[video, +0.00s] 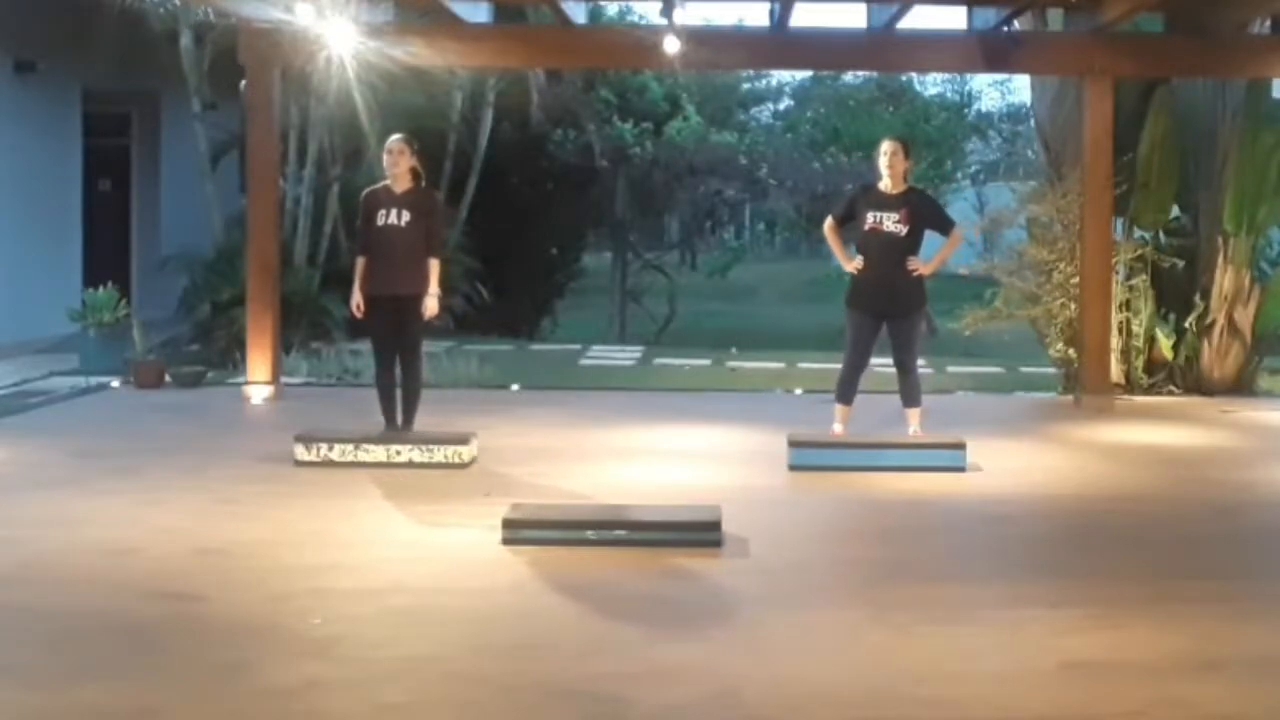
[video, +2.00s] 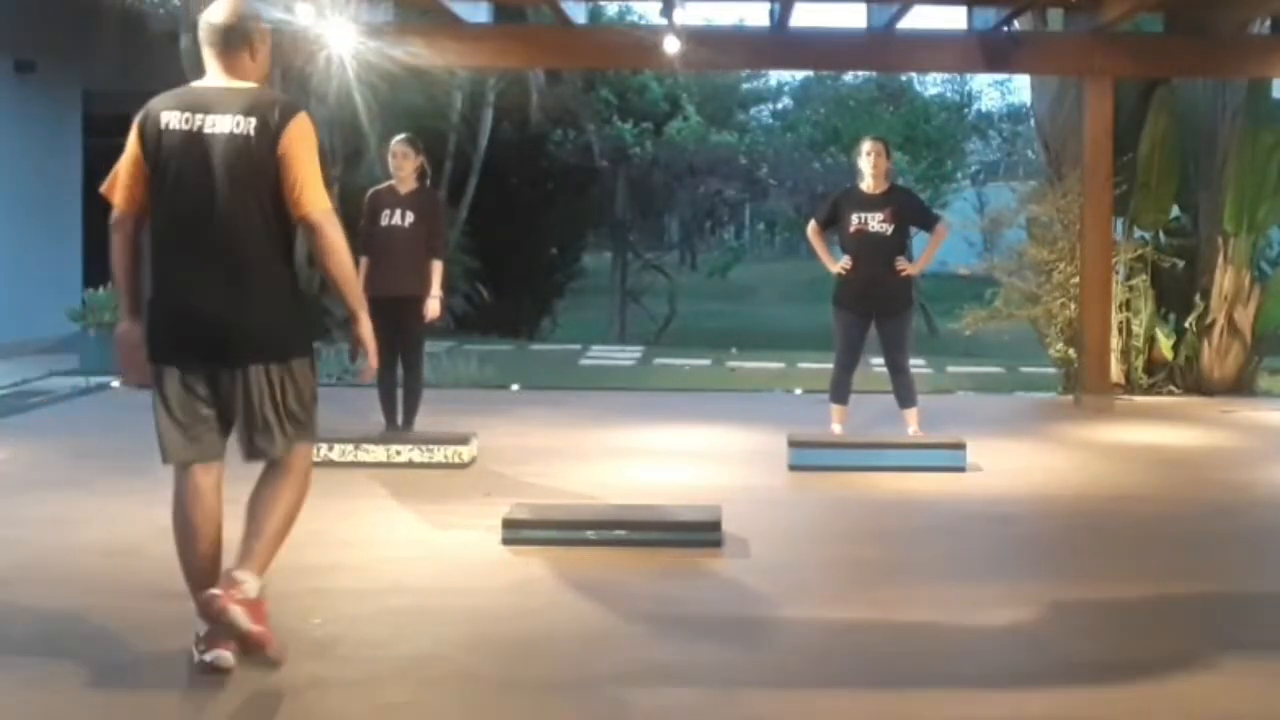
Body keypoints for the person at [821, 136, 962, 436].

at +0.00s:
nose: (888, 160)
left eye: (894, 155)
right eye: (884, 154)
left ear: (906, 162)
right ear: (877, 160)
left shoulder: (919, 200)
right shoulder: (863, 196)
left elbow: (956, 235)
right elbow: (830, 225)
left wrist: (931, 265)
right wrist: (845, 260)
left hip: (904, 290)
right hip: (866, 288)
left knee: (906, 363)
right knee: (854, 360)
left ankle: (915, 430)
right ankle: (839, 429)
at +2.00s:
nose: (872, 159)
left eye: (877, 154)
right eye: (867, 154)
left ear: (888, 161)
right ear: (858, 161)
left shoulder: (903, 199)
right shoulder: (844, 199)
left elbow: (941, 229)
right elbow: (813, 229)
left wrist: (919, 265)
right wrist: (831, 263)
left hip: (893, 289)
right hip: (853, 289)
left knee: (898, 362)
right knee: (845, 359)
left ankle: (913, 429)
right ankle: (837, 429)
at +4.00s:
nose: (884, 175)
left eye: (889, 169)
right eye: (879, 169)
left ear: (895, 170)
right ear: (866, 168)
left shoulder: (904, 200)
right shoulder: (848, 200)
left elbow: (940, 228)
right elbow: (815, 233)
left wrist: (922, 262)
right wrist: (836, 268)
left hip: (899, 289)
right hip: (862, 289)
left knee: (890, 360)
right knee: (863, 357)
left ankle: (889, 426)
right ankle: (845, 424)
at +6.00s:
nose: (875, 160)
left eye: (881, 155)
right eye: (870, 155)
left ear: (891, 160)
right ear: (863, 160)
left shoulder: (905, 199)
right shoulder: (849, 195)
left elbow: (916, 247)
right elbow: (832, 242)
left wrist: (921, 290)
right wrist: (826, 287)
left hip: (893, 291)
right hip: (854, 289)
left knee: (886, 359)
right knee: (856, 357)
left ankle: (887, 424)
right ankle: (858, 424)